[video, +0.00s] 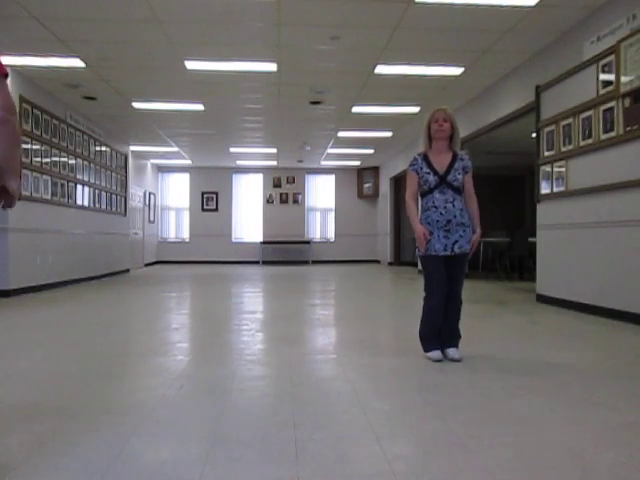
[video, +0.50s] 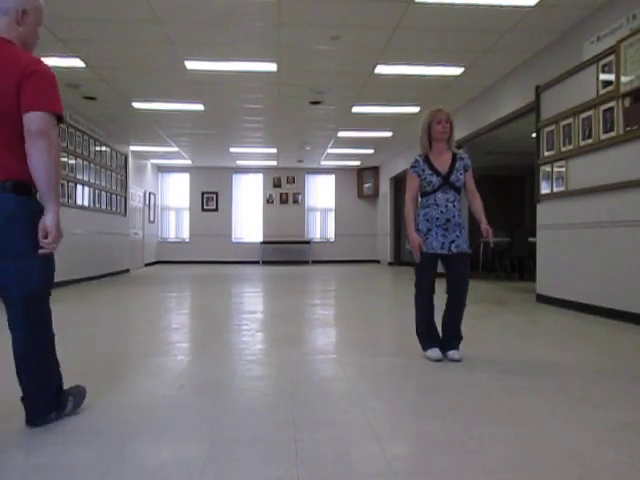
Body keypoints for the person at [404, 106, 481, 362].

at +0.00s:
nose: (441, 125)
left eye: (445, 121)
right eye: (436, 121)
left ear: (452, 127)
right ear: (429, 128)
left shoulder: (462, 160)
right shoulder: (419, 161)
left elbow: (470, 196)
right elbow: (410, 198)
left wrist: (477, 228)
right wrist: (417, 226)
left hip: (460, 232)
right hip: (432, 232)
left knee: (454, 292)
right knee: (435, 291)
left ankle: (451, 343)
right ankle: (432, 344)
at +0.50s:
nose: (444, 126)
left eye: (447, 123)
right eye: (438, 123)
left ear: (452, 128)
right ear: (429, 128)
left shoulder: (462, 160)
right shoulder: (419, 163)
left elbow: (472, 194)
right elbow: (410, 201)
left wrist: (483, 221)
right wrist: (412, 233)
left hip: (456, 232)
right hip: (427, 232)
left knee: (459, 287)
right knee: (425, 289)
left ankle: (451, 343)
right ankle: (430, 343)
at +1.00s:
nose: (447, 125)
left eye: (451, 122)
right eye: (443, 121)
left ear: (455, 128)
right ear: (432, 126)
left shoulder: (461, 160)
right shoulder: (418, 160)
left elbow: (470, 195)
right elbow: (409, 197)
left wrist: (477, 229)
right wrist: (415, 226)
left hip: (457, 231)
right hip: (429, 232)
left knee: (453, 291)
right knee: (434, 290)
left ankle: (451, 343)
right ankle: (431, 344)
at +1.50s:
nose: (444, 121)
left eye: (447, 118)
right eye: (439, 118)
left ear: (453, 125)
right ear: (430, 127)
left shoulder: (464, 159)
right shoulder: (421, 161)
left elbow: (474, 193)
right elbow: (412, 198)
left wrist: (486, 219)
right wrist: (412, 230)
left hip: (456, 232)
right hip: (427, 231)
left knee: (456, 290)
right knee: (426, 290)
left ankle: (451, 343)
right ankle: (430, 343)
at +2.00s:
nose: (438, 125)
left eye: (442, 121)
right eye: (433, 122)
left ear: (449, 126)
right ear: (426, 127)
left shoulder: (461, 159)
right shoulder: (418, 161)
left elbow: (470, 193)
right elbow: (410, 197)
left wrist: (479, 226)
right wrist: (418, 225)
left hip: (458, 231)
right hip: (431, 231)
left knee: (453, 290)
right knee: (435, 289)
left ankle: (451, 342)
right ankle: (431, 344)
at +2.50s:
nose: (441, 125)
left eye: (445, 121)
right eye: (436, 121)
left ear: (452, 126)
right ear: (428, 127)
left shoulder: (462, 158)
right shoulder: (420, 159)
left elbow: (474, 192)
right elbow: (413, 195)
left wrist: (487, 218)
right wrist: (413, 226)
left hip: (456, 231)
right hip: (427, 231)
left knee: (454, 291)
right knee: (428, 290)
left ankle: (450, 343)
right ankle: (430, 343)